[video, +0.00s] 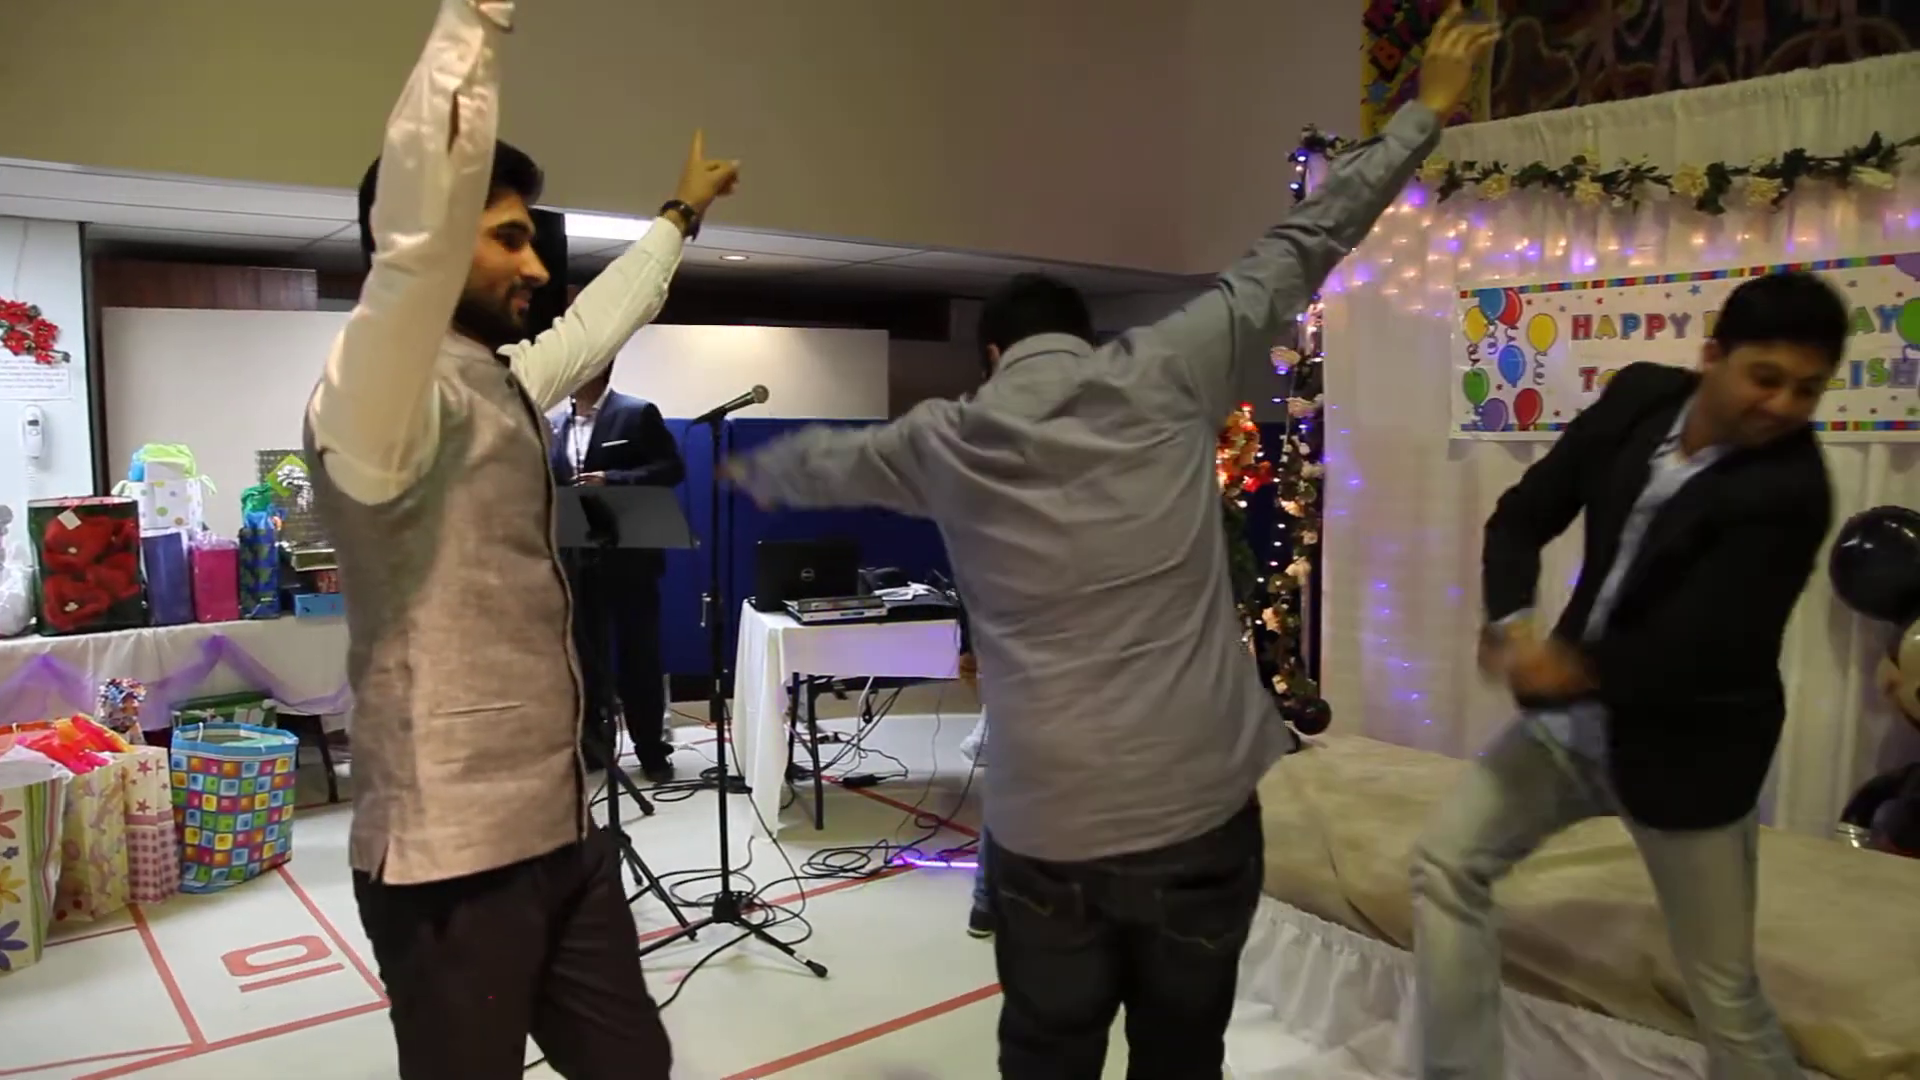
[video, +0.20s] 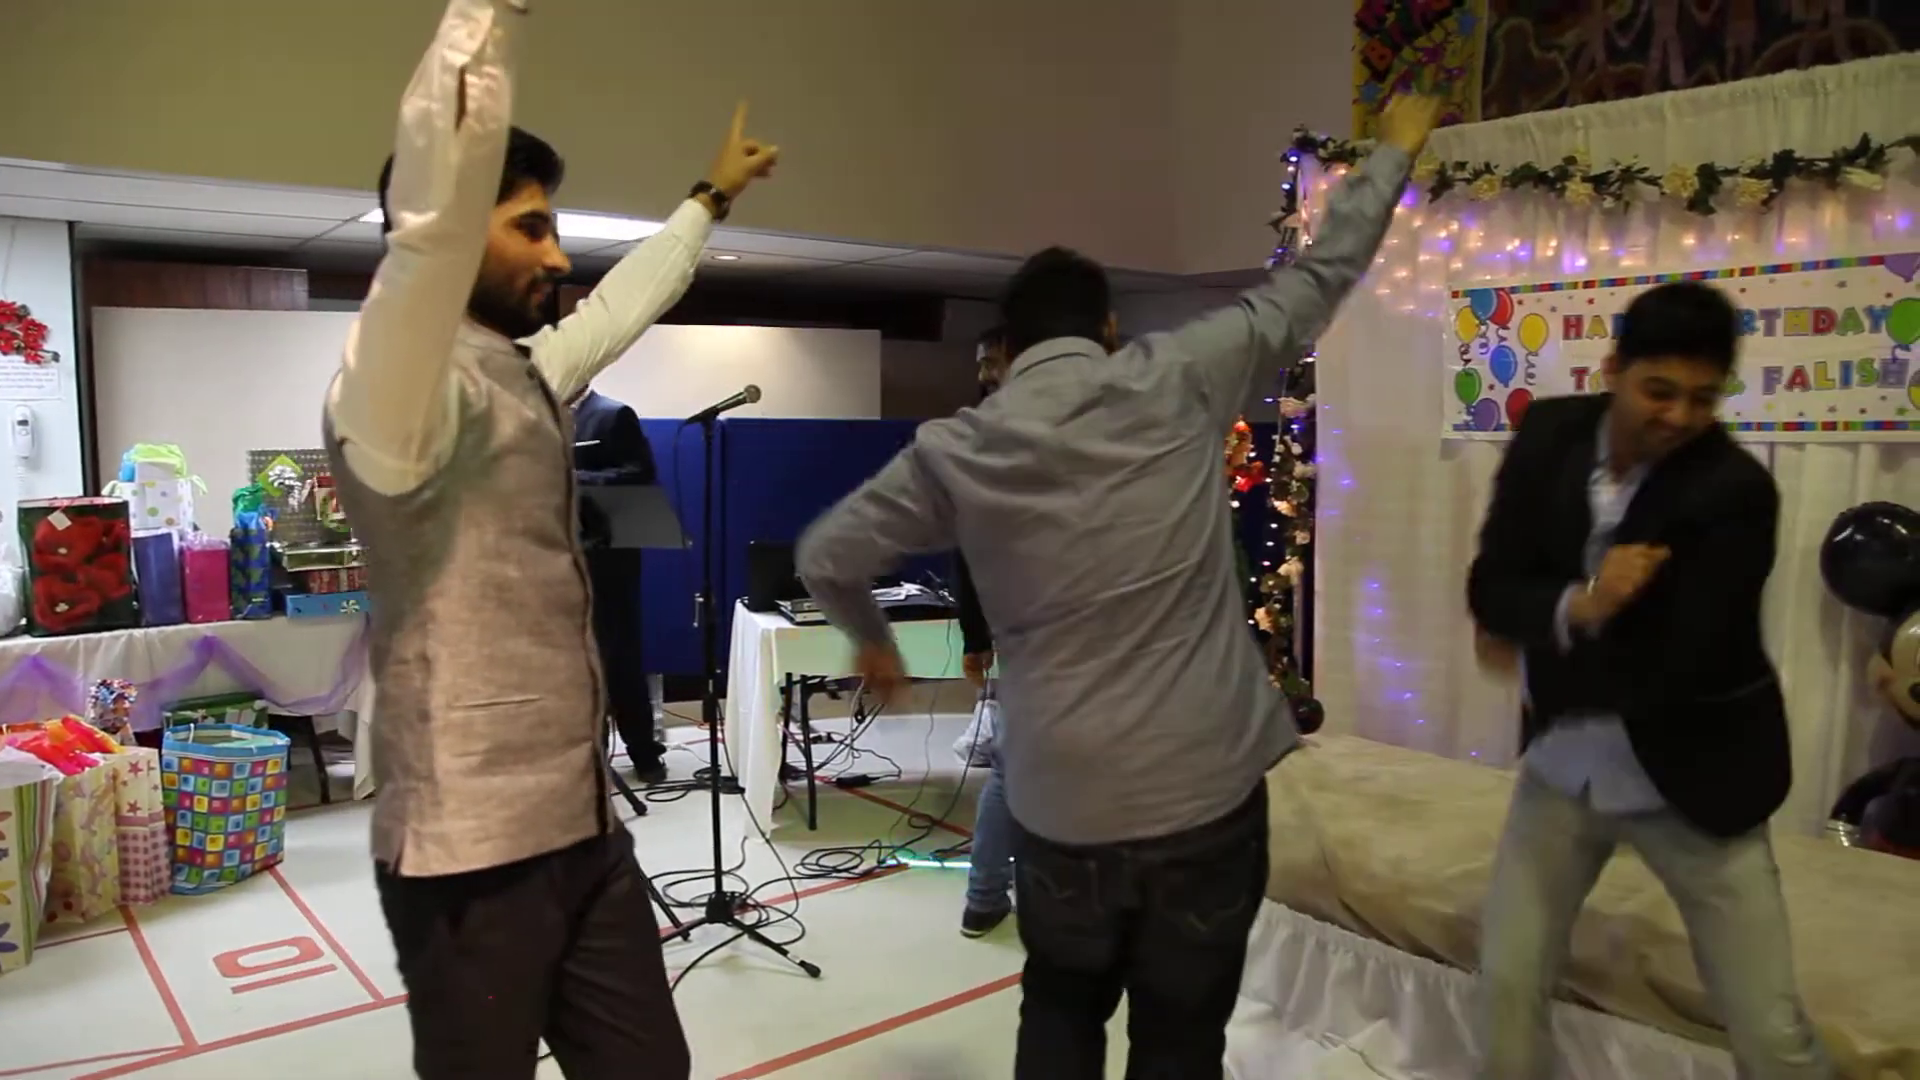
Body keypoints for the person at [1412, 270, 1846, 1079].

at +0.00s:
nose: (1782, 406)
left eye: (1806, 391)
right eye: (1766, 379)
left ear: (1824, 390)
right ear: (1714, 356)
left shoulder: (1793, 490)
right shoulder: (1640, 399)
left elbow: (1711, 640)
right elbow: (1520, 516)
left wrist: (1583, 668)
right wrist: (1507, 622)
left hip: (1691, 760)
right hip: (1579, 719)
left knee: (1723, 995)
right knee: (1446, 867)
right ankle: (1459, 1073)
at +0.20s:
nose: (1678, 417)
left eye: (1702, 399)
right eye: (1660, 392)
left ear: (1722, 391)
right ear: (1614, 369)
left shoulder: (1735, 488)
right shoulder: (1548, 436)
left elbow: (1679, 662)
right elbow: (1492, 594)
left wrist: (1533, 661)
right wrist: (1582, 601)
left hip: (1696, 781)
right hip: (1565, 764)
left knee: (1771, 1036)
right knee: (1508, 982)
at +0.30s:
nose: (1646, 420)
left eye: (1666, 400)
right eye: (1626, 398)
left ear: (1684, 393)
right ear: (1574, 381)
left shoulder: (1706, 492)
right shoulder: (1504, 464)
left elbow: (1706, 681)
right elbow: (1449, 632)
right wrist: (1541, 710)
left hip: (1694, 795)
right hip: (1553, 793)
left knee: (1785, 1038)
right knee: (1507, 1007)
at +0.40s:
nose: (1636, 407)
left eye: (1650, 387)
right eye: (1616, 386)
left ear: (1663, 384)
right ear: (1552, 378)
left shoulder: (1686, 471)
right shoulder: (1475, 475)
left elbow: (1752, 624)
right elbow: (1421, 630)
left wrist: (1800, 772)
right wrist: (1410, 786)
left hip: (1689, 776)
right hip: (1551, 785)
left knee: (1814, 985)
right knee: (1513, 1021)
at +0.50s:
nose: (1650, 362)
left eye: (1658, 341)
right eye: (1630, 341)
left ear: (1666, 338)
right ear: (1560, 339)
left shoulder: (1690, 415)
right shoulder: (1480, 442)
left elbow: (1804, 484)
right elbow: (1387, 584)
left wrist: (1893, 524)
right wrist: (1300, 710)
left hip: (1704, 737)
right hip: (1572, 761)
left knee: (1843, 918)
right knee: (1549, 1000)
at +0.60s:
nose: (1685, 339)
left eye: (1687, 318)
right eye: (1661, 322)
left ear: (1693, 317)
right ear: (1585, 332)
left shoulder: (1728, 390)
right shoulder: (1501, 431)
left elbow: (1882, 390)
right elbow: (1351, 524)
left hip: (1708, 727)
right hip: (1574, 752)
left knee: (1856, 871)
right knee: (1559, 1017)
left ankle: (1888, 1066)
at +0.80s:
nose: (1751, 344)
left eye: (1754, 324)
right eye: (1730, 326)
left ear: (1759, 326)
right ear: (1649, 330)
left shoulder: (1787, 396)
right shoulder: (1537, 429)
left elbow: (1912, 368)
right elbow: (1390, 535)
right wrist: (1265, 663)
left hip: (1757, 747)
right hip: (1606, 766)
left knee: (1896, 948)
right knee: (1588, 1024)